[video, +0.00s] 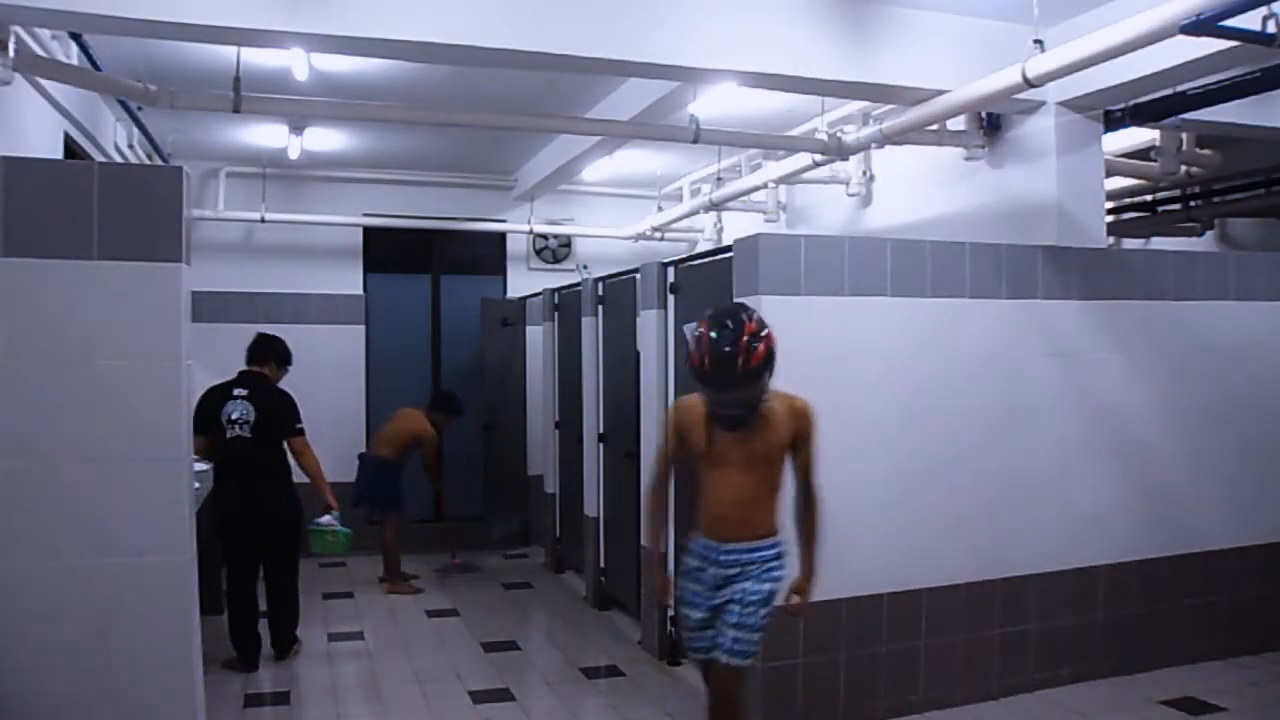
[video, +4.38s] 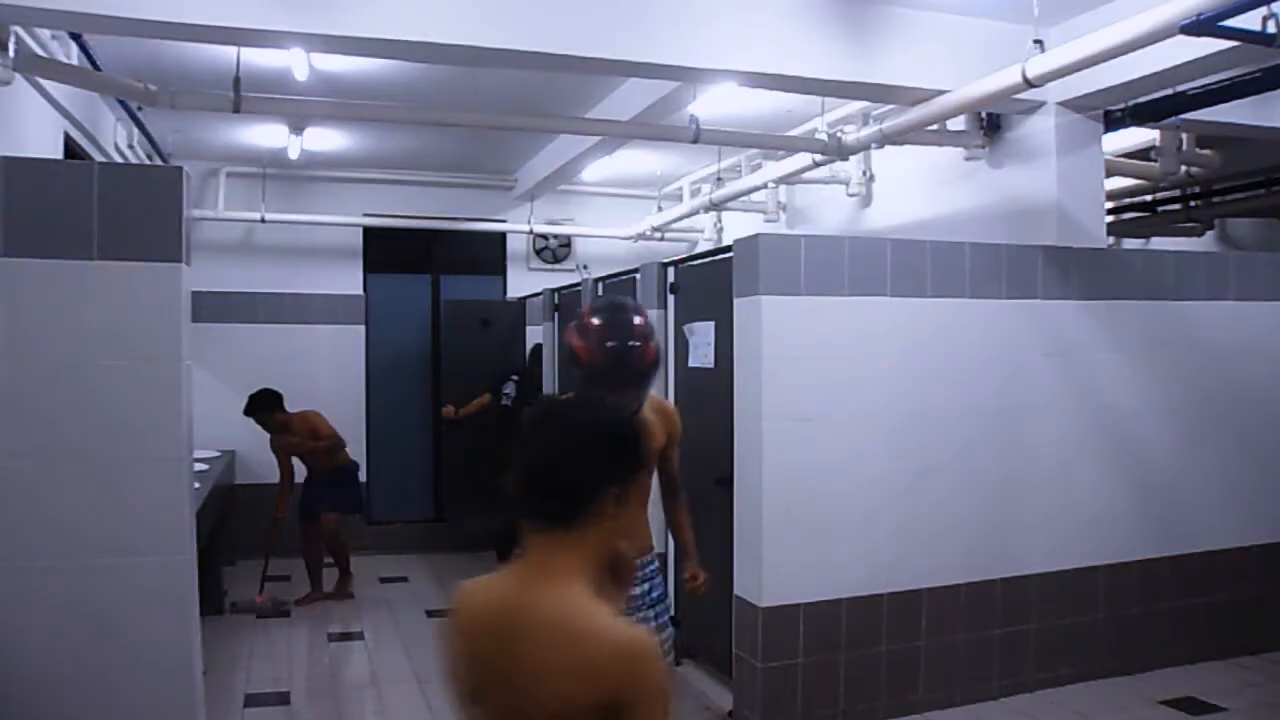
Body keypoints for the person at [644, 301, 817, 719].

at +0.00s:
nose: (729, 411)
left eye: (741, 401)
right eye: (720, 399)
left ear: (763, 381)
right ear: (704, 383)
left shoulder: (793, 416)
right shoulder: (685, 414)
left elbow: (806, 494)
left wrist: (807, 571)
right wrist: (655, 563)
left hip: (759, 563)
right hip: (700, 560)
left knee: (726, 680)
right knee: (713, 679)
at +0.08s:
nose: (718, 414)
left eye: (730, 404)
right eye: (708, 402)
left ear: (753, 385)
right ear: (690, 383)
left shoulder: (776, 420)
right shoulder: (669, 417)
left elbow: (787, 495)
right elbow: (635, 486)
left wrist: (790, 569)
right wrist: (639, 565)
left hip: (743, 567)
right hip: (685, 564)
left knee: (709, 679)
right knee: (697, 677)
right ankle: (722, 707)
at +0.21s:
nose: (707, 417)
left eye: (718, 408)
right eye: (696, 407)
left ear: (738, 388)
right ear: (673, 384)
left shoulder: (752, 424)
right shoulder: (643, 420)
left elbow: (758, 503)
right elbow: (619, 500)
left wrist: (763, 577)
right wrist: (622, 569)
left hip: (719, 573)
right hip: (656, 568)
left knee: (690, 691)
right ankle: (665, 717)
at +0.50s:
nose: (674, 417)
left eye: (684, 408)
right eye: (663, 407)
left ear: (699, 392)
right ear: (637, 381)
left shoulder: (699, 423)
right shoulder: (592, 419)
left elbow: (698, 502)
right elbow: (570, 506)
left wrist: (716, 564)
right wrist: (602, 578)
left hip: (678, 575)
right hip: (617, 577)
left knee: (672, 694)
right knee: (601, 700)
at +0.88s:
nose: (642, 418)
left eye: (652, 406)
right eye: (629, 407)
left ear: (668, 385)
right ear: (600, 382)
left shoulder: (675, 419)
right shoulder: (560, 421)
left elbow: (672, 493)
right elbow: (536, 499)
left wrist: (687, 553)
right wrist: (550, 567)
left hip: (657, 580)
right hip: (588, 583)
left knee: (656, 696)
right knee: (583, 702)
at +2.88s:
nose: (643, 413)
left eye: (651, 401)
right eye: (631, 403)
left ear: (663, 386)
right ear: (601, 383)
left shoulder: (667, 416)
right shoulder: (557, 420)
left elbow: (663, 499)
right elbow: (523, 503)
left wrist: (692, 545)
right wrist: (548, 571)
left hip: (655, 578)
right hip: (589, 582)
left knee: (655, 698)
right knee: (583, 705)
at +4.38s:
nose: (619, 361)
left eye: (630, 346)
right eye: (607, 347)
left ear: (645, 354)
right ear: (584, 354)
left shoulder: (661, 416)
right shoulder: (566, 416)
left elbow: (674, 494)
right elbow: (547, 496)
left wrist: (689, 556)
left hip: (641, 573)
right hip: (574, 576)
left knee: (647, 690)